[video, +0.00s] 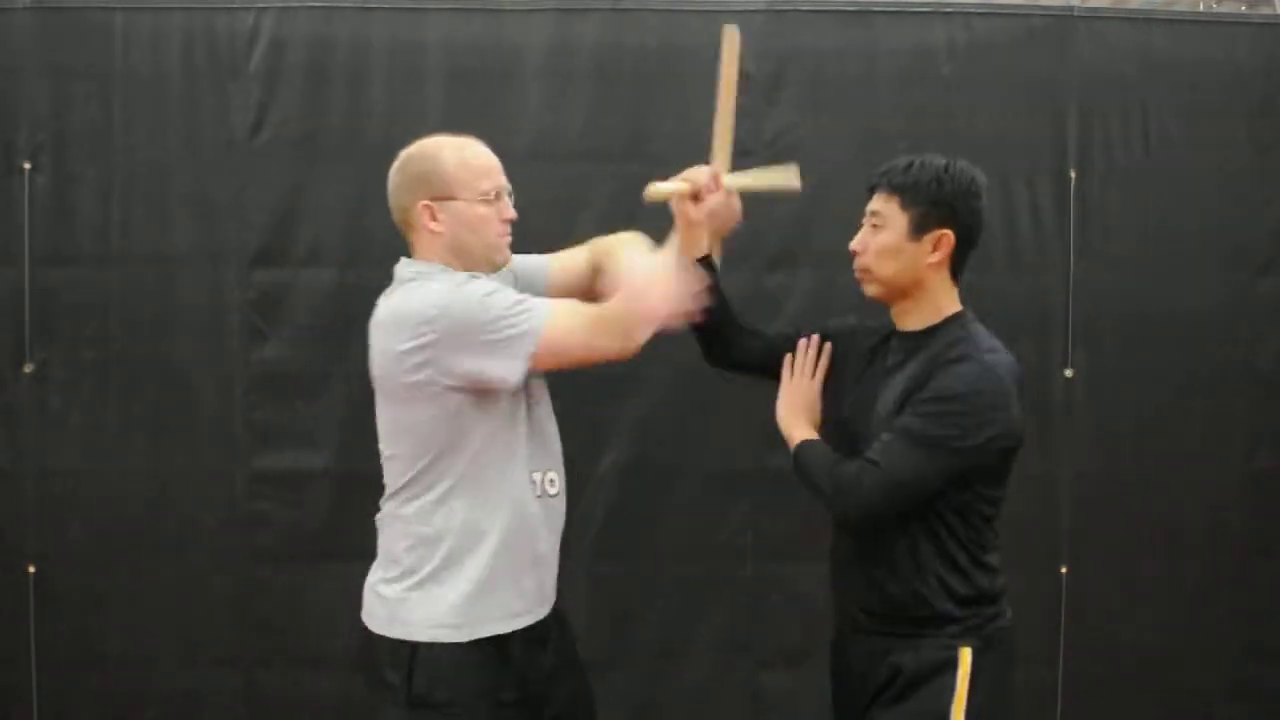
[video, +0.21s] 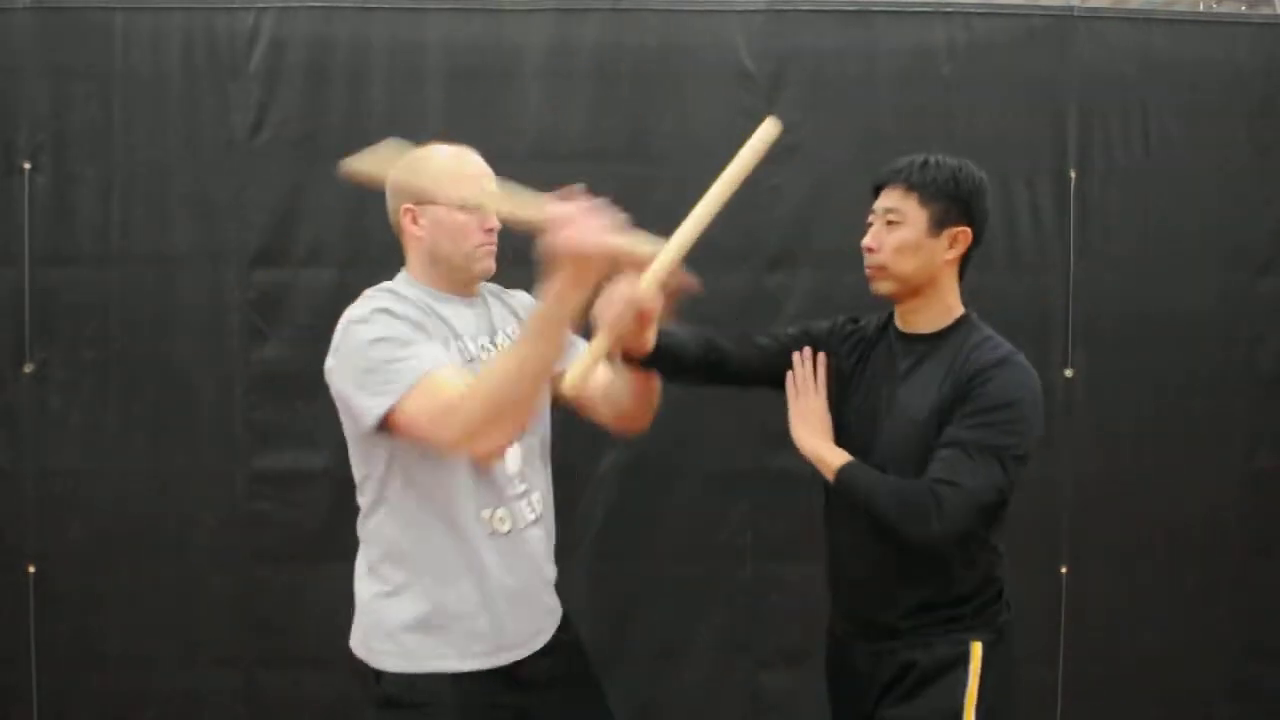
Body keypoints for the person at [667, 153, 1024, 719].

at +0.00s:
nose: (854, 245)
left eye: (875, 227)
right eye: (862, 226)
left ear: (937, 247)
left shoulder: (979, 376)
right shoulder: (861, 352)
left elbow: (860, 497)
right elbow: (729, 348)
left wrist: (799, 432)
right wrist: (694, 239)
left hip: (944, 655)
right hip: (864, 647)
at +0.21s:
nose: (867, 240)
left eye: (891, 223)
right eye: (870, 223)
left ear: (954, 243)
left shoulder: (1000, 378)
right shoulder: (852, 345)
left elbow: (939, 516)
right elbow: (741, 358)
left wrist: (823, 451)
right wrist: (644, 346)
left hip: (947, 653)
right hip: (857, 646)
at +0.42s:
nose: (862, 244)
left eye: (887, 225)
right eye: (864, 228)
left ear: (948, 244)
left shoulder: (1000, 373)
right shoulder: (843, 371)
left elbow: (974, 496)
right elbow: (759, 475)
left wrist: (846, 458)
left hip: (953, 656)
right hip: (858, 650)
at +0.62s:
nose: (857, 246)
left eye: (879, 227)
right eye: (862, 228)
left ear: (941, 243)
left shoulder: (968, 354)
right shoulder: (879, 361)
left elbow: (832, 332)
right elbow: (805, 469)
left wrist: (702, 308)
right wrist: (768, 540)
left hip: (950, 654)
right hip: (876, 648)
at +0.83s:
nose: (859, 245)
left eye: (877, 227)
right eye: (867, 226)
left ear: (934, 246)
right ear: (930, 248)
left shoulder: (944, 348)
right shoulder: (925, 344)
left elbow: (777, 362)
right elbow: (784, 390)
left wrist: (791, 257)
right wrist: (744, 270)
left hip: (911, 647)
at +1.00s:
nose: (861, 248)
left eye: (872, 233)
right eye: (867, 232)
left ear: (918, 253)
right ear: (924, 255)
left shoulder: (894, 368)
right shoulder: (988, 358)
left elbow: (737, 451)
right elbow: (840, 411)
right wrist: (836, 283)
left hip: (883, 658)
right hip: (964, 645)